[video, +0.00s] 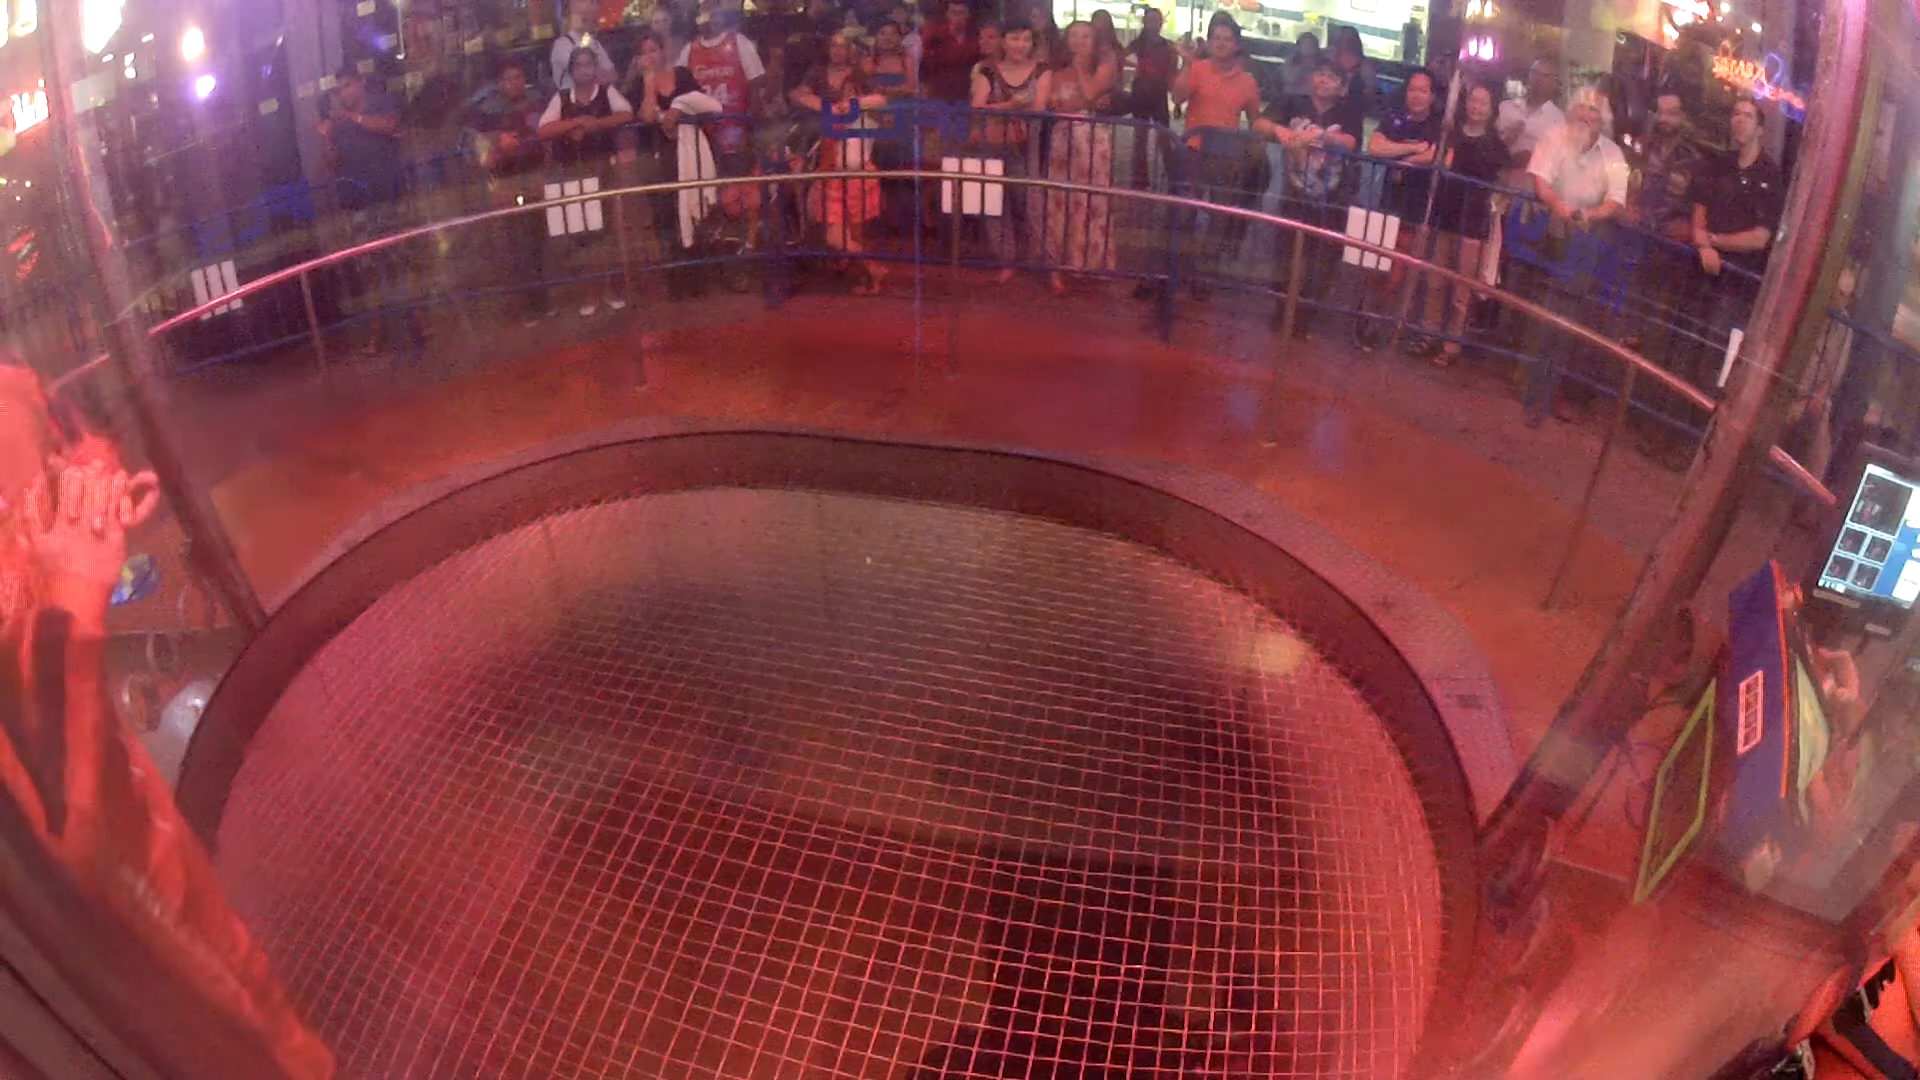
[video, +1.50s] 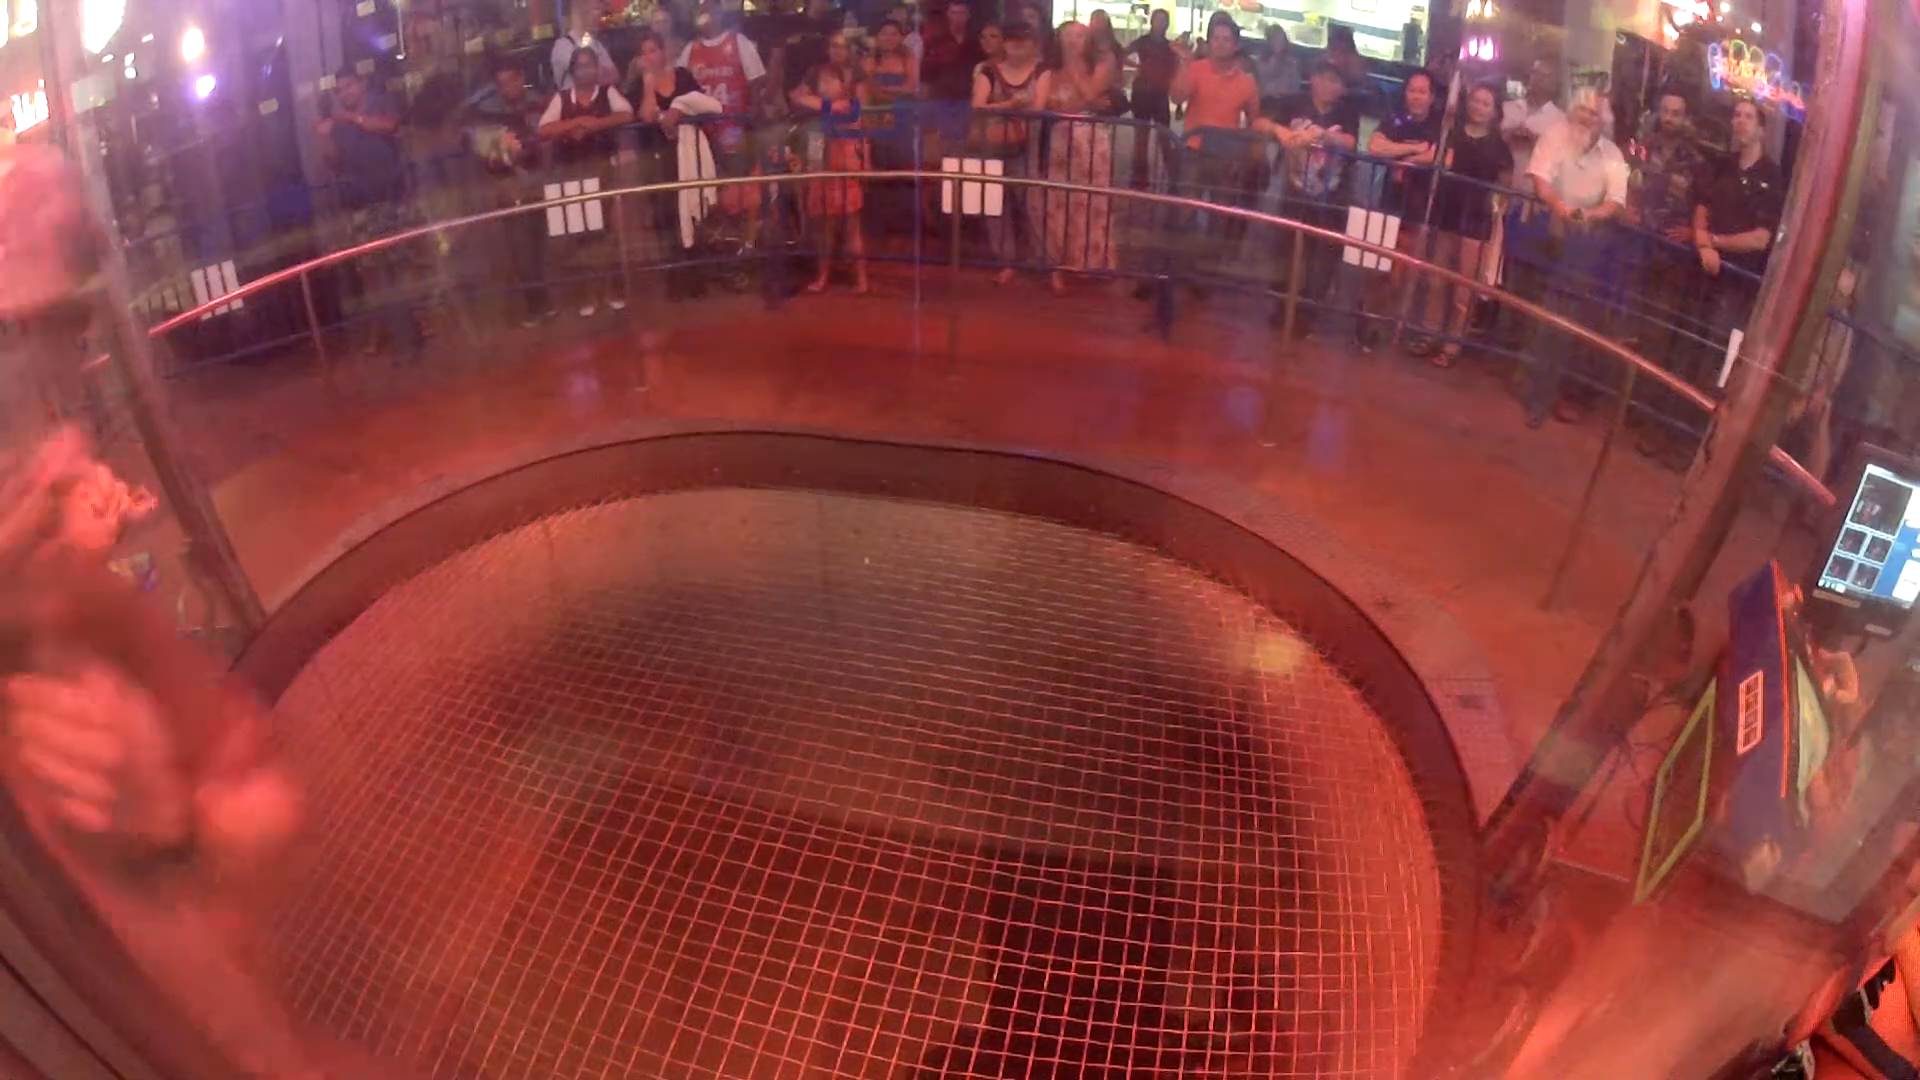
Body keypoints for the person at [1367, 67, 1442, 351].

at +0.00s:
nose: (1416, 95)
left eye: (1422, 90)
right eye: (1412, 89)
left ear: (1433, 96)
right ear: (1405, 93)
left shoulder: (1439, 126)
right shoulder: (1393, 119)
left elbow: (1439, 158)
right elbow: (1375, 147)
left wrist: (1402, 159)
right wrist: (1415, 148)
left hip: (1422, 214)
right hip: (1389, 209)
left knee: (1410, 275)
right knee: (1378, 268)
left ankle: (1399, 326)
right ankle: (1366, 320)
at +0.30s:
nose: (1417, 95)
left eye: (1423, 90)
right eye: (1413, 89)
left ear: (1433, 97)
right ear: (1405, 93)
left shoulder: (1439, 127)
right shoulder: (1394, 120)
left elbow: (1436, 158)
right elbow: (1374, 147)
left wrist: (1400, 158)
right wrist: (1416, 148)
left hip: (1422, 213)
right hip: (1390, 208)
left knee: (1409, 274)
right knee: (1378, 268)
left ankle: (1396, 327)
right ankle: (1366, 320)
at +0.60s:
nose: (1417, 95)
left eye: (1423, 90)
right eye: (1412, 89)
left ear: (1433, 97)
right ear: (1405, 94)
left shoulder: (1439, 127)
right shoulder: (1394, 120)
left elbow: (1437, 158)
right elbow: (1375, 147)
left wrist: (1400, 158)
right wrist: (1416, 148)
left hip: (1423, 213)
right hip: (1391, 208)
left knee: (1410, 274)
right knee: (1379, 268)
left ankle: (1398, 327)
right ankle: (1366, 321)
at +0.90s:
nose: (1416, 95)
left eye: (1423, 90)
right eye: (1412, 89)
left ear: (1432, 97)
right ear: (1404, 94)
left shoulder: (1439, 127)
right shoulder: (1394, 121)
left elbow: (1439, 158)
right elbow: (1375, 147)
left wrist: (1402, 158)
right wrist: (1417, 148)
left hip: (1422, 212)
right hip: (1390, 209)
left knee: (1409, 274)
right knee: (1379, 269)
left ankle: (1398, 326)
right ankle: (1368, 322)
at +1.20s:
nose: (1416, 96)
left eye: (1422, 91)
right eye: (1412, 90)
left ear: (1432, 97)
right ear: (1404, 94)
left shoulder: (1439, 127)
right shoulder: (1394, 121)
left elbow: (1439, 158)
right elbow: (1375, 146)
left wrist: (1402, 157)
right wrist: (1417, 148)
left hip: (1422, 212)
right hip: (1390, 208)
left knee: (1409, 273)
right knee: (1380, 268)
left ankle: (1398, 326)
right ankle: (1369, 320)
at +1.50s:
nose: (1416, 96)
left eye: (1422, 91)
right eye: (1412, 90)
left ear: (1432, 97)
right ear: (1404, 94)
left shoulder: (1439, 127)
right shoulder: (1394, 121)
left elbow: (1439, 158)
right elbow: (1375, 146)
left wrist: (1400, 156)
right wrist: (1416, 148)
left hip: (1422, 212)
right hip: (1390, 208)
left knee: (1409, 274)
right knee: (1380, 269)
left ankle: (1398, 326)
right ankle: (1368, 321)